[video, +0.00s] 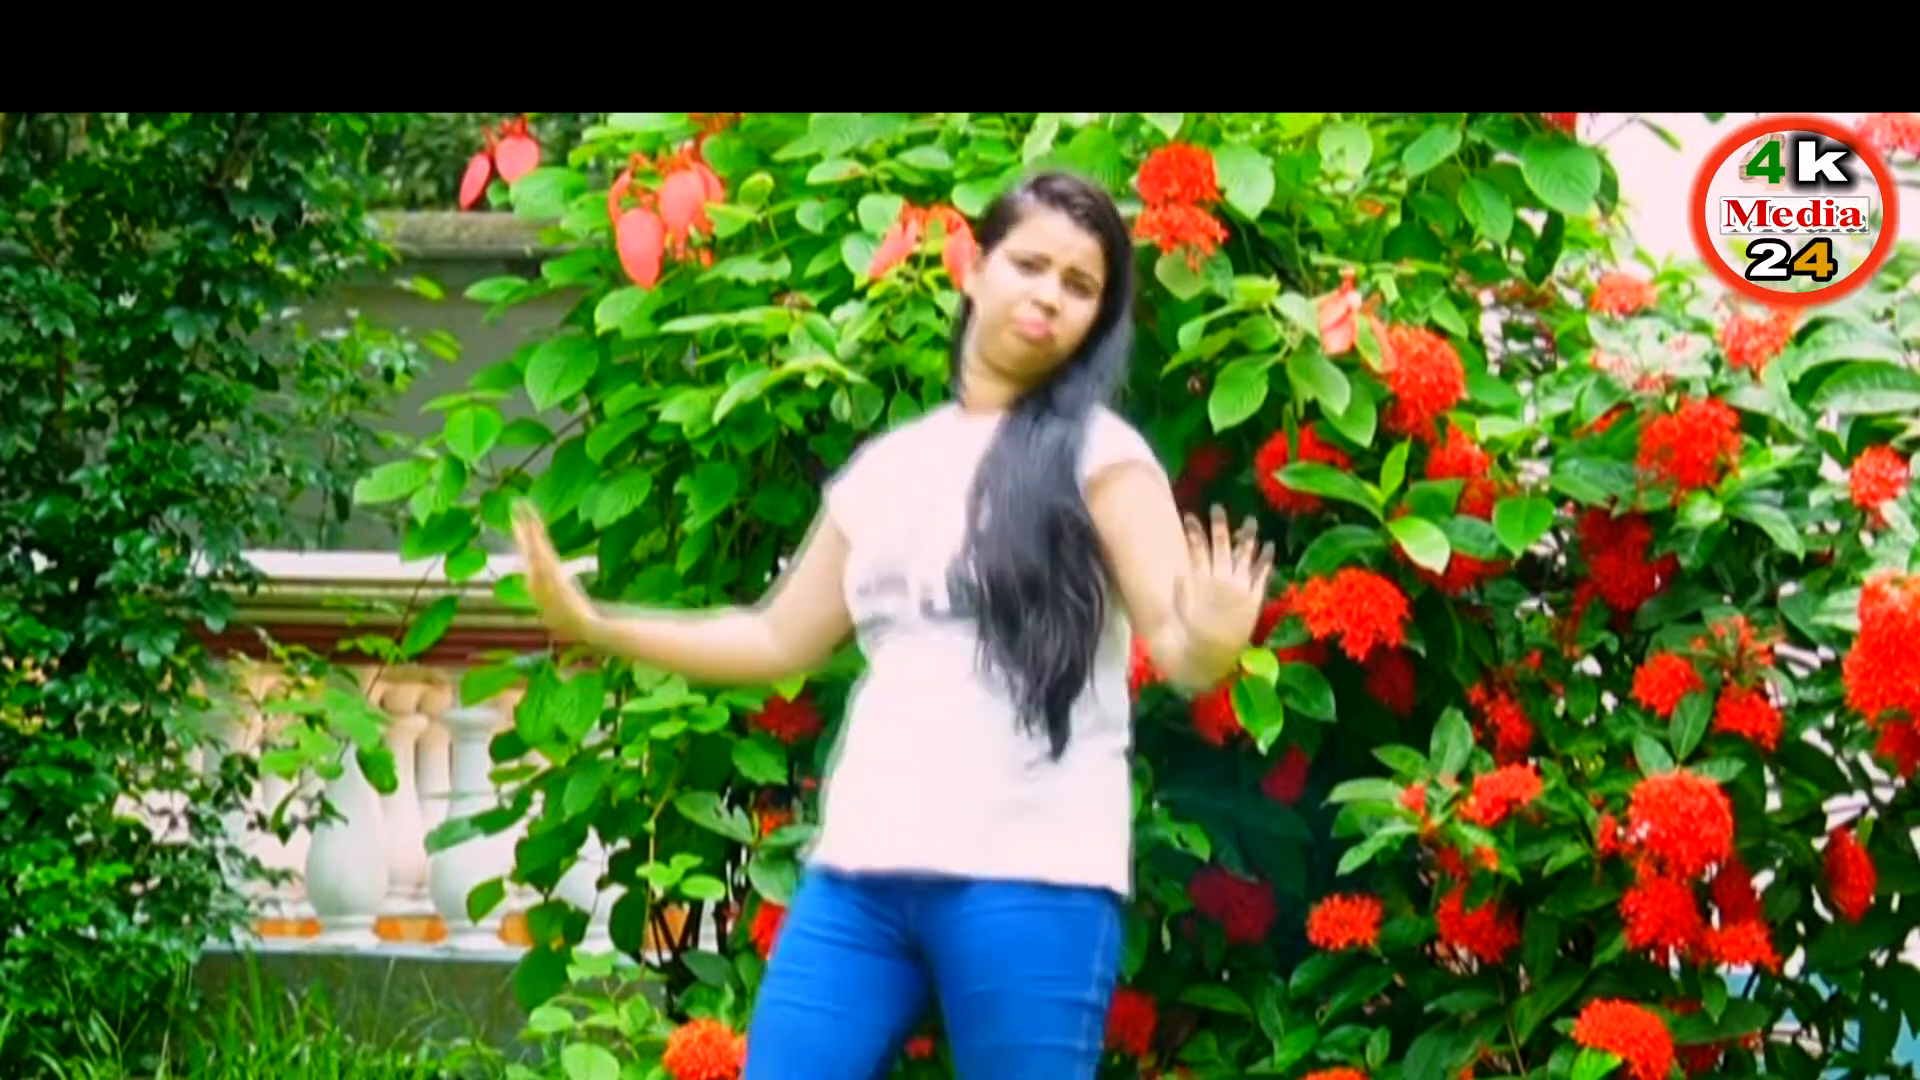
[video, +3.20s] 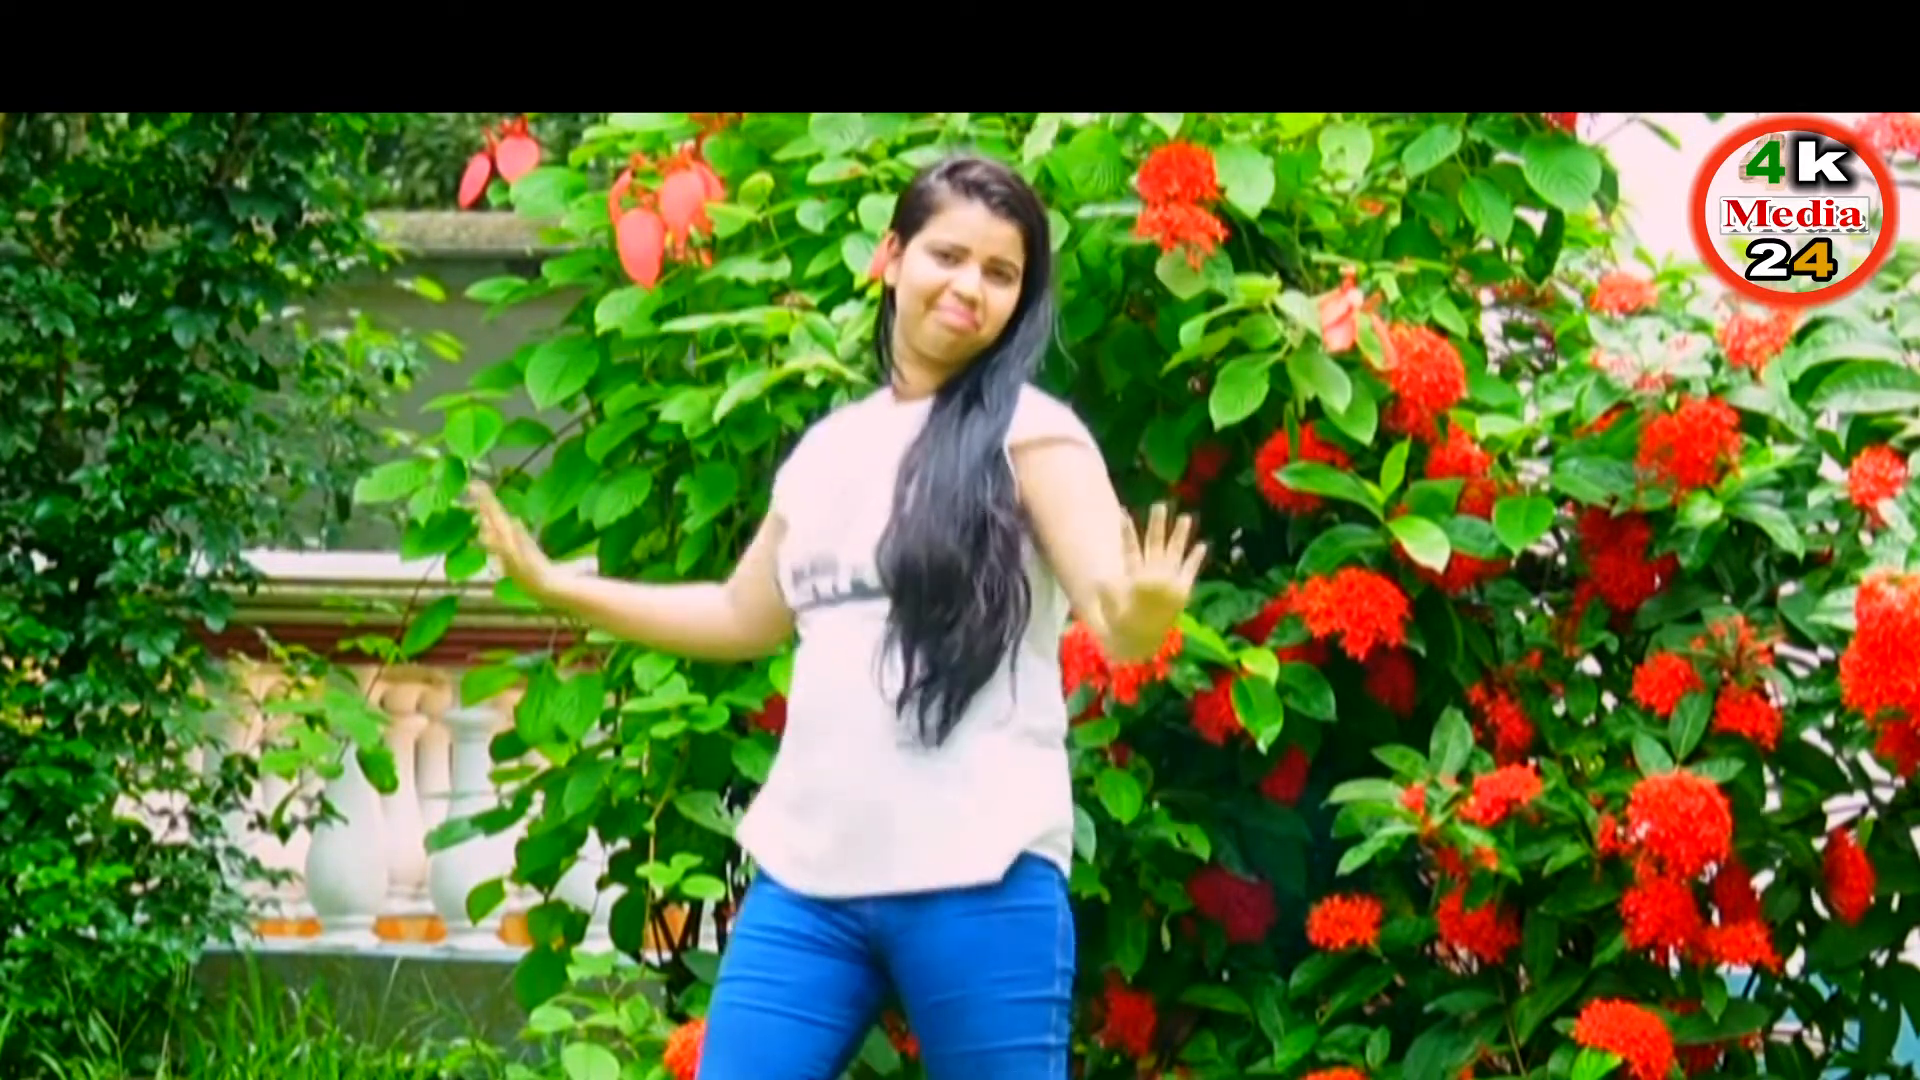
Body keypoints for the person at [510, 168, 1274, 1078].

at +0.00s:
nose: (1048, 299)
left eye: (1079, 285)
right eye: (1029, 265)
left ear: (1097, 317)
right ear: (975, 267)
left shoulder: (1100, 450)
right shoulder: (887, 465)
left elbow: (1179, 651)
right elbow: (778, 641)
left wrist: (1214, 643)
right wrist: (591, 624)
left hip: (1032, 879)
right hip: (858, 866)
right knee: (779, 1068)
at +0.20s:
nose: (1032, 240)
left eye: (1057, 225)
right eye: (1011, 207)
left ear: (1076, 254)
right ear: (947, 208)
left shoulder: (1095, 381)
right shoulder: (831, 394)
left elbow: (1172, 574)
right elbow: (723, 564)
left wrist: (1233, 489)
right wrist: (578, 468)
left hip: (1028, 829)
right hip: (836, 826)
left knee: (1053, 1071)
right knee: (823, 1071)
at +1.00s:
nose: (1080, 273)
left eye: (1111, 255)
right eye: (1058, 241)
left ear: (1135, 281)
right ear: (1006, 246)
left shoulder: (1146, 391)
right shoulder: (972, 430)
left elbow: (1264, 496)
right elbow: (870, 523)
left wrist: (1296, 355)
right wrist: (724, 401)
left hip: (1101, 862)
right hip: (948, 853)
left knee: (1069, 1070)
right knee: (876, 1068)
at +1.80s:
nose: (1048, 274)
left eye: (1078, 259)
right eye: (1027, 242)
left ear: (1105, 287)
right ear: (976, 247)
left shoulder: (1112, 394)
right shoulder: (898, 411)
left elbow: (1177, 409)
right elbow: (738, 428)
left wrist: (1183, 237)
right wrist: (624, 282)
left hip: (1041, 862)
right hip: (861, 850)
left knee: (1040, 1067)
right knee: (812, 1069)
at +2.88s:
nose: (1016, 251)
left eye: (1049, 236)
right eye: (998, 217)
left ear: (1074, 264)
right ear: (945, 222)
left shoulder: (1079, 387)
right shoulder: (851, 405)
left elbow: (1221, 480)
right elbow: (746, 512)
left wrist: (1187, 304)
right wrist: (673, 357)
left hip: (1027, 853)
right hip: (850, 853)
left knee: (1060, 1070)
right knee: (796, 1069)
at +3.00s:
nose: (989, 263)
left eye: (1021, 248)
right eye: (969, 229)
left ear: (1042, 276)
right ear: (916, 233)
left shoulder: (1046, 418)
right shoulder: (829, 421)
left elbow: (1165, 592)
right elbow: (783, 600)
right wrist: (634, 471)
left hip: (1004, 861)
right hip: (829, 862)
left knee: (1036, 1070)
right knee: (769, 1071)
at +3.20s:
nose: (968, 288)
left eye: (999, 273)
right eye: (948, 256)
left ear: (1020, 299)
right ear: (890, 260)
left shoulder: (1031, 430)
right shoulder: (827, 448)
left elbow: (1126, 635)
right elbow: (741, 619)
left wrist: (1149, 611)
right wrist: (559, 585)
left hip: (983, 885)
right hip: (804, 879)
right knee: (733, 1072)